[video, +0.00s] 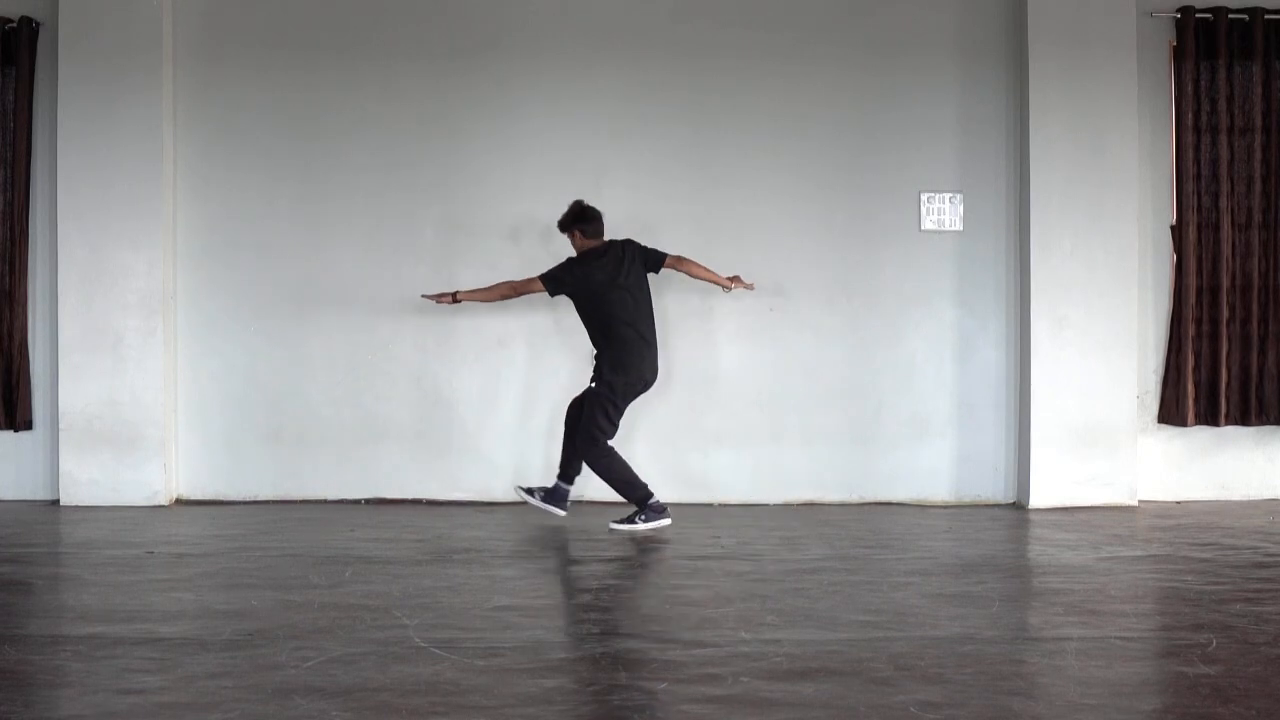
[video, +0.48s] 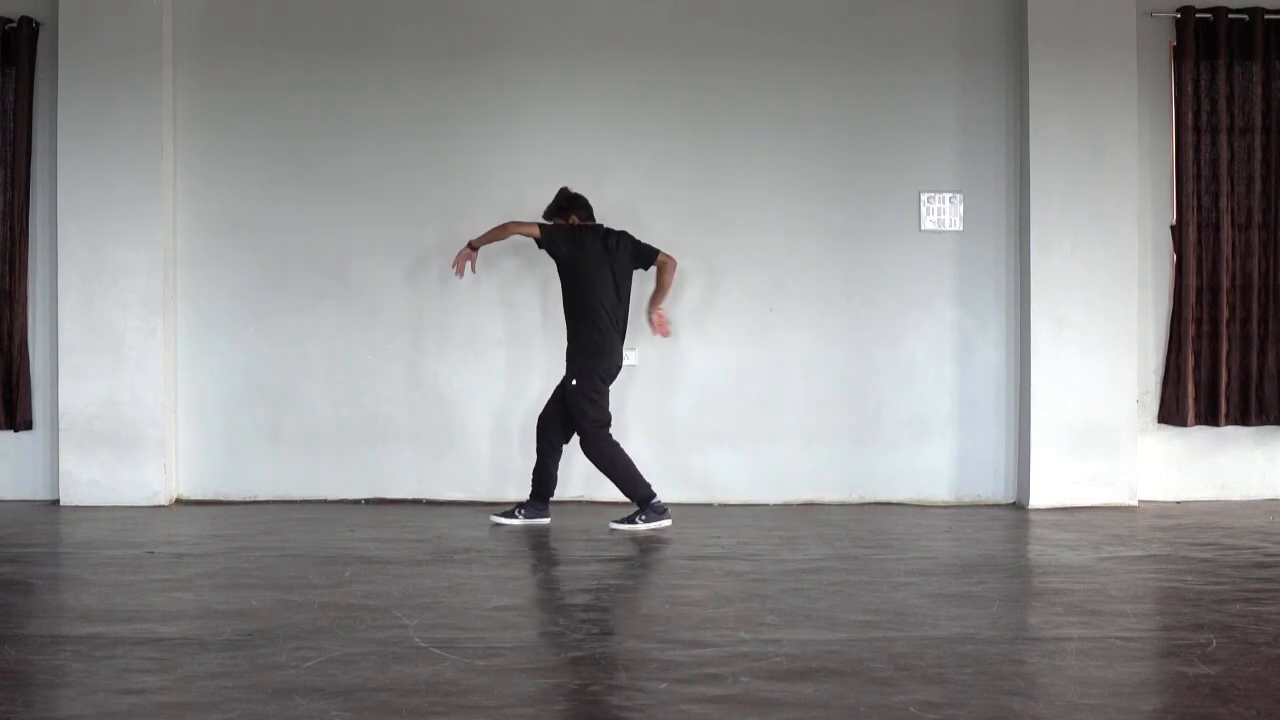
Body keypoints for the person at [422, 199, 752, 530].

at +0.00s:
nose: (570, 242)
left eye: (570, 236)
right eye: (571, 235)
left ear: (576, 234)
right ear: (601, 229)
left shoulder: (574, 269)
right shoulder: (631, 251)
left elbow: (516, 289)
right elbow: (682, 264)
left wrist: (462, 296)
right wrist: (725, 281)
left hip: (617, 371)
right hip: (644, 367)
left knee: (590, 442)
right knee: (577, 412)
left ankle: (650, 506)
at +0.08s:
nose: (571, 236)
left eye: (571, 229)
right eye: (572, 229)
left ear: (580, 226)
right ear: (603, 223)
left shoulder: (575, 256)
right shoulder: (633, 247)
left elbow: (517, 285)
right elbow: (680, 264)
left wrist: (464, 296)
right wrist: (721, 288)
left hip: (610, 365)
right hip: (636, 364)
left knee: (590, 439)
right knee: (571, 425)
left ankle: (650, 506)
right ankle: (546, 499)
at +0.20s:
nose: (570, 229)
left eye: (570, 224)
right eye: (570, 225)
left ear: (581, 218)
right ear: (601, 218)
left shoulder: (575, 242)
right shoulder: (633, 244)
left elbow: (525, 273)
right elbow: (678, 267)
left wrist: (473, 292)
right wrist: (713, 297)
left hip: (598, 358)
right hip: (622, 359)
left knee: (589, 439)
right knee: (569, 431)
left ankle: (651, 506)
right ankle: (540, 504)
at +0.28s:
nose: (567, 229)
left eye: (567, 223)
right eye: (567, 224)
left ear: (578, 217)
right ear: (599, 216)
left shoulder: (572, 240)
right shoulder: (630, 243)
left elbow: (520, 262)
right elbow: (676, 266)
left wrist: (474, 286)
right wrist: (706, 301)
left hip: (590, 356)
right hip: (615, 358)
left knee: (589, 437)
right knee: (563, 428)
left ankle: (650, 507)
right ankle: (539, 503)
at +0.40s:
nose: (558, 228)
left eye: (559, 222)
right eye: (558, 224)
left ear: (571, 219)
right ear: (593, 217)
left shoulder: (567, 236)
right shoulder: (626, 242)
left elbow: (512, 231)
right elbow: (675, 262)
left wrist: (476, 264)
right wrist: (687, 304)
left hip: (586, 357)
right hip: (610, 358)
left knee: (592, 439)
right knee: (555, 426)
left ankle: (651, 506)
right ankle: (538, 505)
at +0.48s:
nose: (553, 231)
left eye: (555, 225)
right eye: (553, 227)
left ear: (570, 219)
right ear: (588, 220)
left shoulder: (566, 236)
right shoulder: (621, 241)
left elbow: (512, 227)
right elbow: (667, 262)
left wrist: (475, 244)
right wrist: (657, 304)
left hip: (587, 357)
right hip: (605, 358)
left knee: (594, 439)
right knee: (551, 425)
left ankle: (652, 506)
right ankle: (537, 506)